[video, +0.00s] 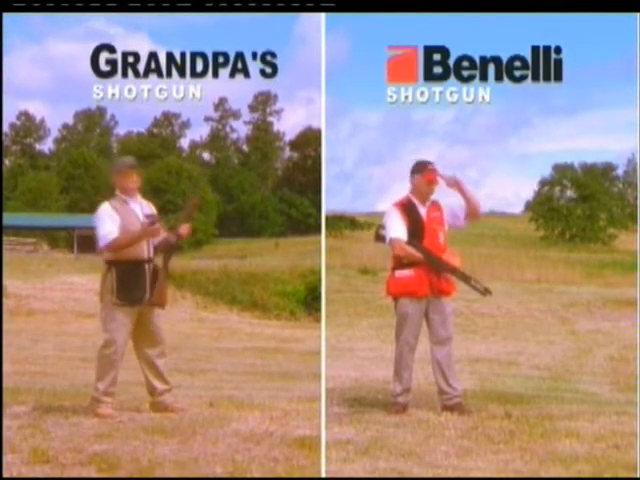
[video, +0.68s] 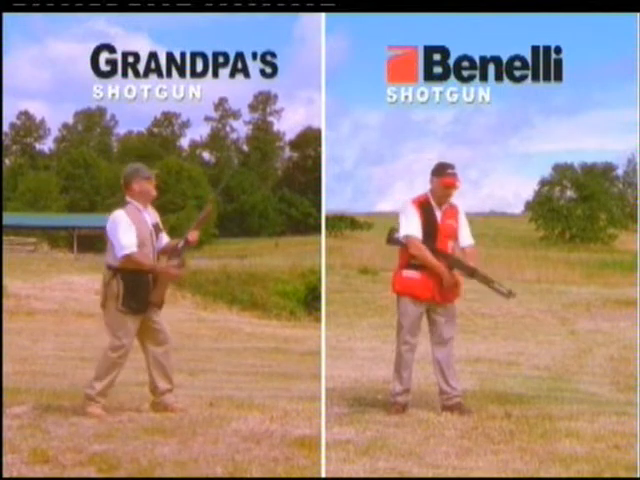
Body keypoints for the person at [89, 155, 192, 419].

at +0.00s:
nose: (131, 181)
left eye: (133, 175)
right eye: (125, 176)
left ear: (140, 178)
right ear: (115, 180)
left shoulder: (147, 208)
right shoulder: (107, 211)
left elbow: (156, 242)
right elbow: (109, 246)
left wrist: (175, 236)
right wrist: (143, 235)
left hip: (147, 274)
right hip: (119, 275)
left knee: (152, 342)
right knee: (115, 341)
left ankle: (160, 396)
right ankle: (102, 399)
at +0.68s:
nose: (154, 189)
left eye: (154, 184)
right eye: (149, 184)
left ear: (144, 188)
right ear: (132, 187)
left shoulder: (151, 215)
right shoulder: (120, 217)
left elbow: (163, 247)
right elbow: (127, 256)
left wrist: (184, 242)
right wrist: (159, 270)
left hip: (145, 280)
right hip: (122, 282)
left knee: (158, 340)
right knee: (121, 342)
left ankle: (162, 396)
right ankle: (93, 399)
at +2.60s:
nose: (130, 179)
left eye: (130, 175)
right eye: (123, 175)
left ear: (130, 180)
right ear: (109, 182)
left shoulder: (136, 199)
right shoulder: (105, 204)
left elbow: (170, 194)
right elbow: (134, 208)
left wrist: (176, 161)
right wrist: (140, 179)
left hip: (144, 269)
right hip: (119, 272)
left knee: (154, 339)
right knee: (111, 339)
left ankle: (162, 395)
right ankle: (95, 398)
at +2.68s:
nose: (130, 182)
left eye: (130, 177)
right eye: (124, 178)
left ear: (128, 181)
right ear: (111, 183)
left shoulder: (135, 201)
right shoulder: (104, 205)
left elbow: (169, 196)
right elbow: (131, 212)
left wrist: (176, 165)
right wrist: (140, 182)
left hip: (144, 270)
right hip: (118, 272)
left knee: (154, 338)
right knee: (112, 340)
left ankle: (162, 396)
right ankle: (95, 398)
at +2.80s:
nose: (130, 182)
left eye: (130, 178)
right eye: (124, 177)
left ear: (128, 182)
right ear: (111, 182)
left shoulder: (134, 200)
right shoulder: (103, 204)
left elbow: (169, 198)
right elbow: (129, 211)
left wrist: (178, 168)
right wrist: (140, 182)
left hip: (143, 268)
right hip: (118, 271)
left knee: (153, 338)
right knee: (112, 340)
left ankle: (162, 395)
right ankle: (94, 399)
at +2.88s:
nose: (132, 182)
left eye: (132, 178)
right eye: (126, 177)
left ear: (127, 182)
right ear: (112, 182)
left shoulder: (135, 201)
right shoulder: (103, 203)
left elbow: (170, 199)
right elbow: (130, 211)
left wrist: (178, 168)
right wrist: (141, 182)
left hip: (143, 267)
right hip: (118, 270)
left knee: (152, 337)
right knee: (111, 339)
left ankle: (162, 395)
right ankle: (94, 399)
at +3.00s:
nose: (135, 183)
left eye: (136, 179)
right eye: (130, 178)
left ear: (134, 181)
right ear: (116, 180)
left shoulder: (138, 201)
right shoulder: (106, 203)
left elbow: (173, 200)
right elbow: (133, 211)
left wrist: (182, 171)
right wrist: (145, 183)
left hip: (144, 266)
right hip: (119, 268)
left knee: (152, 337)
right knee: (112, 340)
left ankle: (162, 396)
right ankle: (94, 400)